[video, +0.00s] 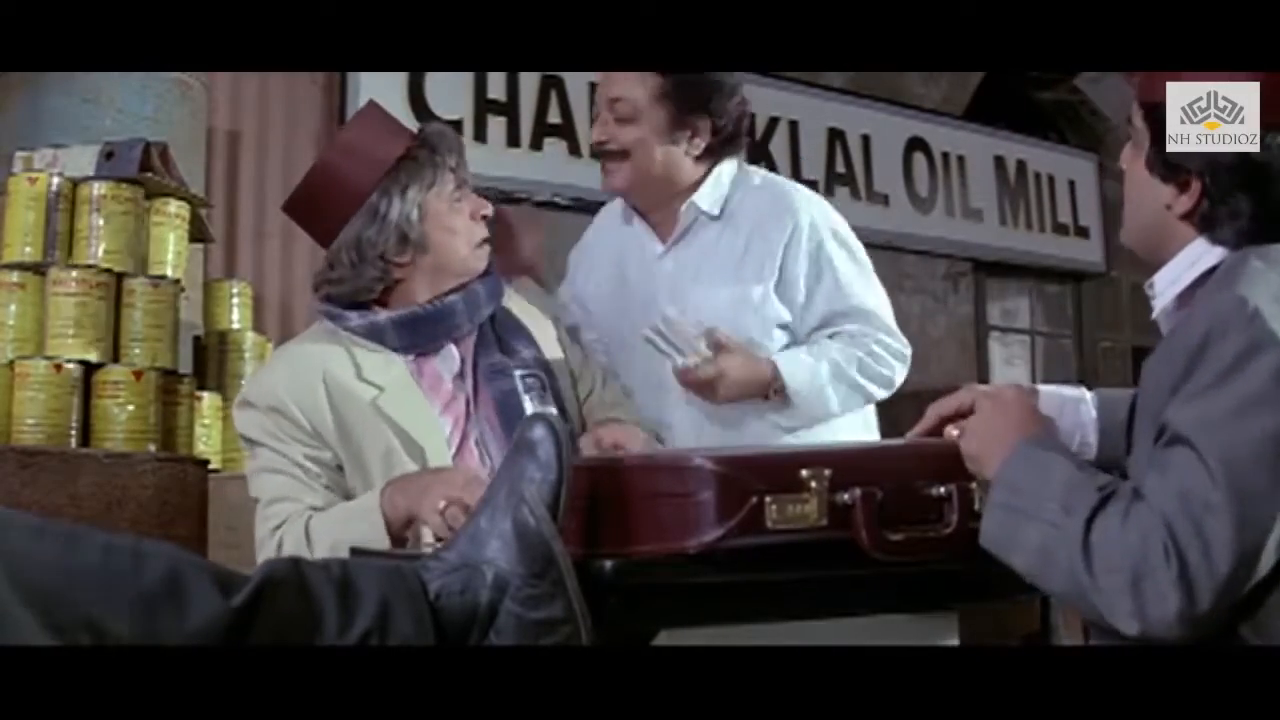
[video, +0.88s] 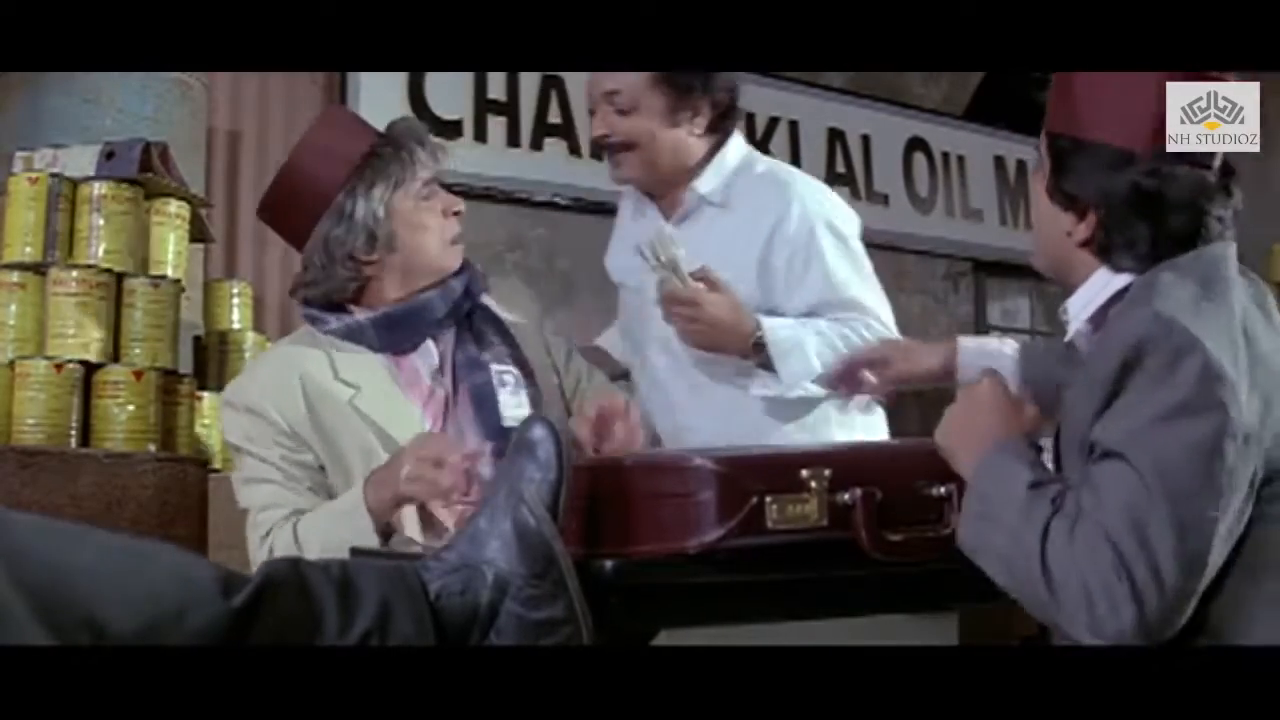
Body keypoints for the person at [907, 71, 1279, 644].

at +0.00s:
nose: (1121, 160)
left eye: (1136, 141)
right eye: (1131, 138)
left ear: (1183, 190)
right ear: (1183, 187)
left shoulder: (1249, 317)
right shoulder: (1232, 298)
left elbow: (1168, 579)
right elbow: (1196, 427)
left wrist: (1020, 461)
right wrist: (1046, 415)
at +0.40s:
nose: (1120, 159)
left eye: (1136, 140)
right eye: (1130, 137)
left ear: (1190, 191)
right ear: (1191, 190)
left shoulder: (1255, 321)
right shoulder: (1236, 302)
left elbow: (1173, 582)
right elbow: (1205, 420)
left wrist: (1032, 461)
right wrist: (1059, 412)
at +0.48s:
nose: (1103, 164)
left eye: (1119, 148)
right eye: (1114, 143)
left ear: (1171, 200)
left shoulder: (1231, 331)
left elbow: (1134, 552)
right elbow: (1152, 352)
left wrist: (1031, 378)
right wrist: (996, 353)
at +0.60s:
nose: (1070, 177)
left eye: (1083, 157)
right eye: (1078, 154)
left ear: (1135, 206)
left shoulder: (1220, 344)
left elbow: (1122, 585)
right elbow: (1077, 314)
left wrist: (1015, 423)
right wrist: (919, 258)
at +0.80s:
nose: (1023, 195)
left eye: (1031, 178)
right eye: (1030, 175)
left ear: (1074, 219)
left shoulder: (1181, 351)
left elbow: (1116, 599)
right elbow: (1083, 363)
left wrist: (989, 458)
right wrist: (920, 330)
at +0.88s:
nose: (1032, 180)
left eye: (1040, 166)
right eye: (1038, 163)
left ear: (1081, 219)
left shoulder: (1185, 347)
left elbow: (1117, 599)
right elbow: (1101, 373)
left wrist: (992, 463)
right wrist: (952, 361)